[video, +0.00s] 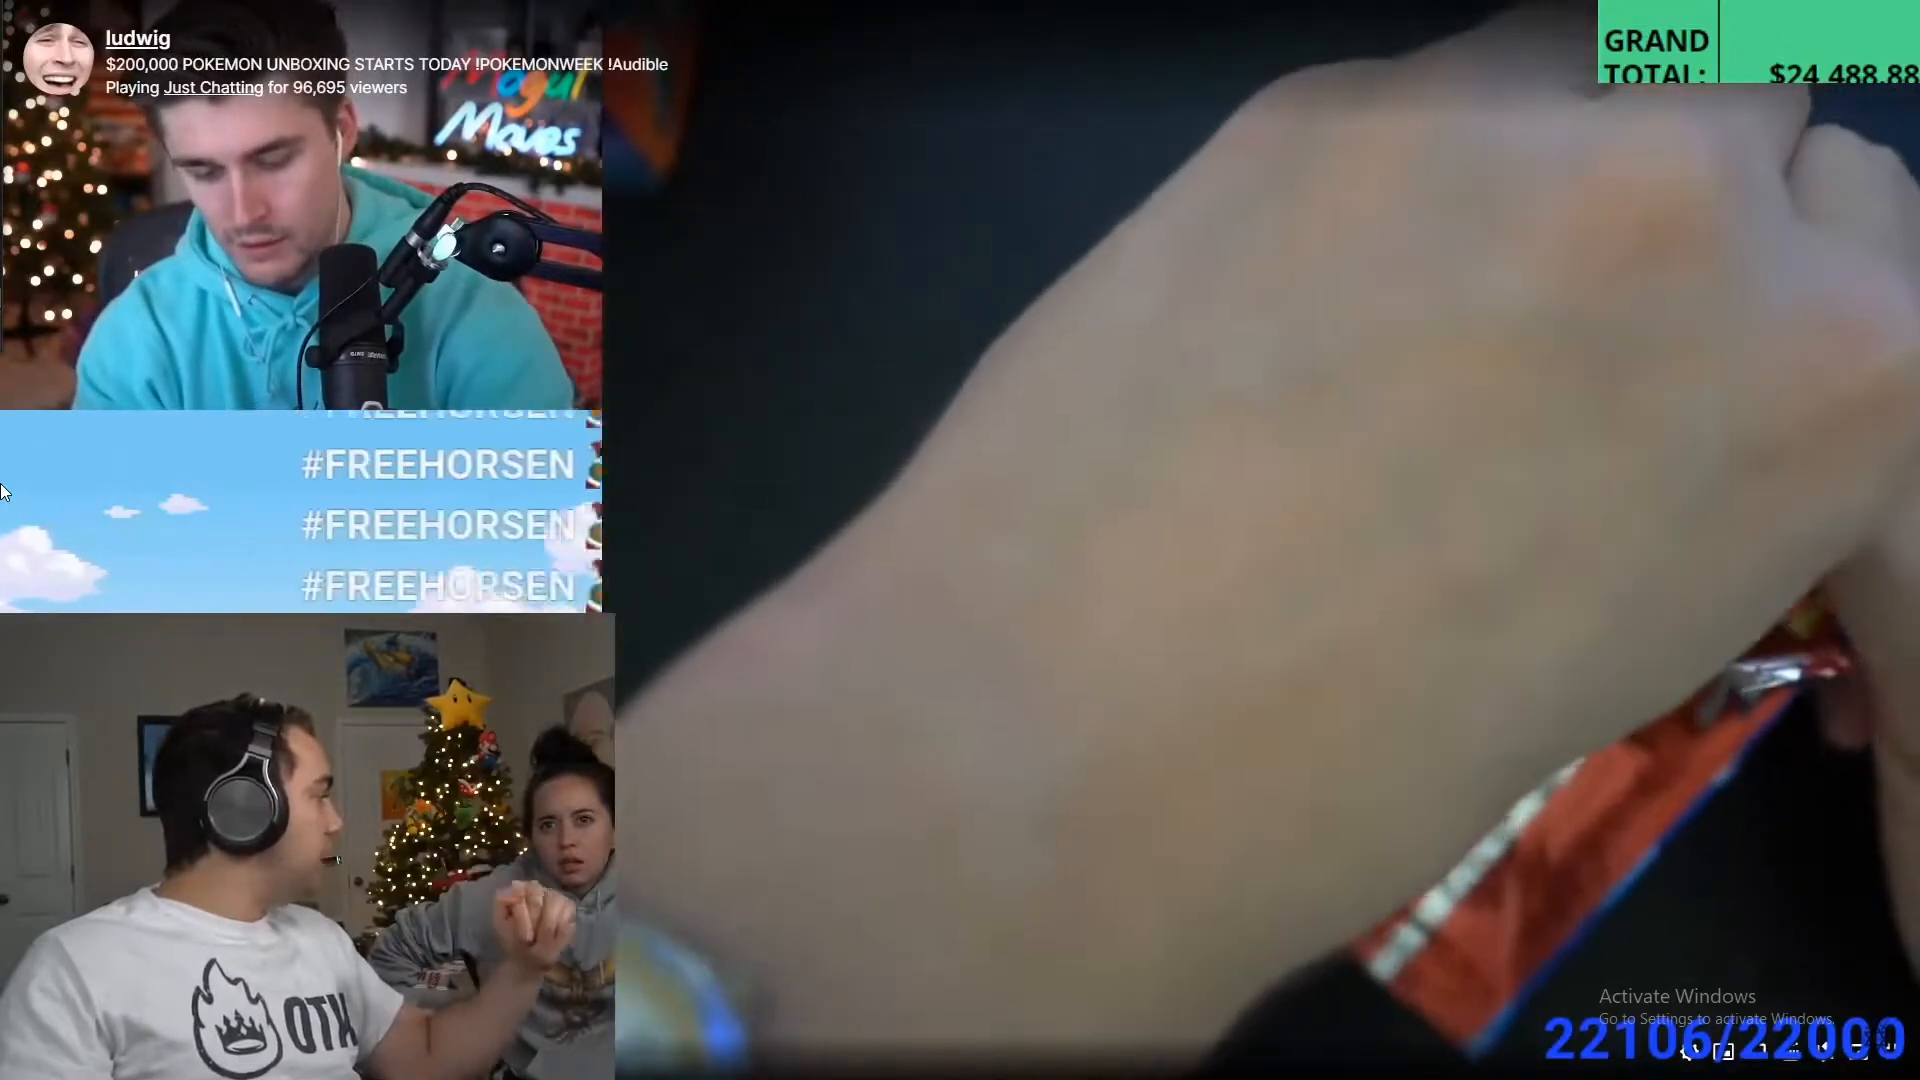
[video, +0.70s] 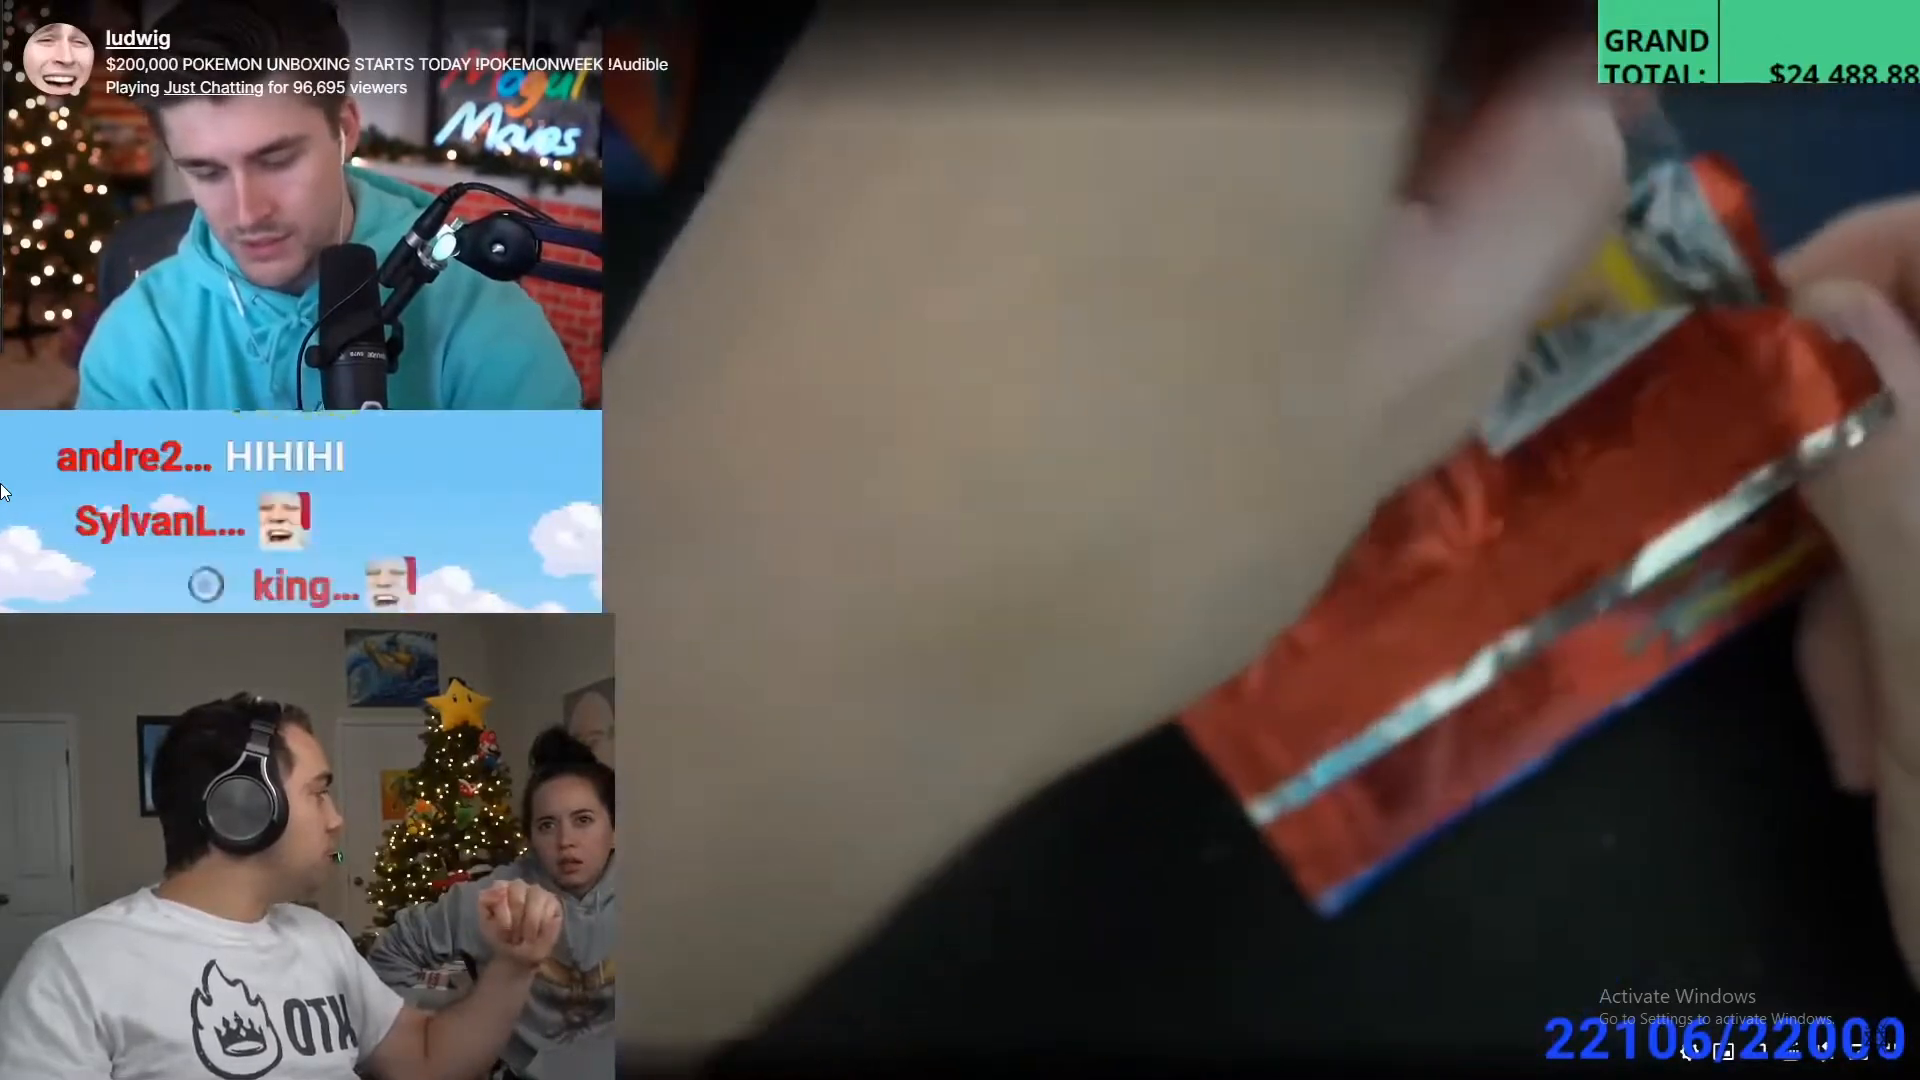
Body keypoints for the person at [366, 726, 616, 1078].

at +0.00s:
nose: (567, 842)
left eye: (584, 821)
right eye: (548, 825)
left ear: (614, 828)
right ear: (530, 837)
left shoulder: (645, 896)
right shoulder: (488, 901)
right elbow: (388, 956)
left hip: (629, 1069)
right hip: (537, 1073)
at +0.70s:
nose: (566, 842)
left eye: (583, 821)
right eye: (547, 826)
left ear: (614, 829)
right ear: (530, 837)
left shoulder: (643, 892)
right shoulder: (492, 899)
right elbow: (389, 956)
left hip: (625, 1066)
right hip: (535, 1072)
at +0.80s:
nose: (566, 841)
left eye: (583, 821)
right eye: (547, 825)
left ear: (614, 828)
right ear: (530, 837)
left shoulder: (643, 891)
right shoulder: (492, 899)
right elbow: (391, 954)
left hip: (628, 1066)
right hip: (537, 1071)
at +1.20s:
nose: (565, 842)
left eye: (583, 821)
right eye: (546, 826)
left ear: (614, 830)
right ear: (529, 838)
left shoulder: (643, 891)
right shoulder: (494, 898)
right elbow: (388, 957)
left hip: (627, 1067)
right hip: (535, 1072)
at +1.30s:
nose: (565, 842)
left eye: (583, 821)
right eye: (546, 826)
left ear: (613, 830)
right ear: (529, 838)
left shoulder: (643, 891)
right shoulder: (492, 899)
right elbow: (388, 955)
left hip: (630, 1067)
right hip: (538, 1073)